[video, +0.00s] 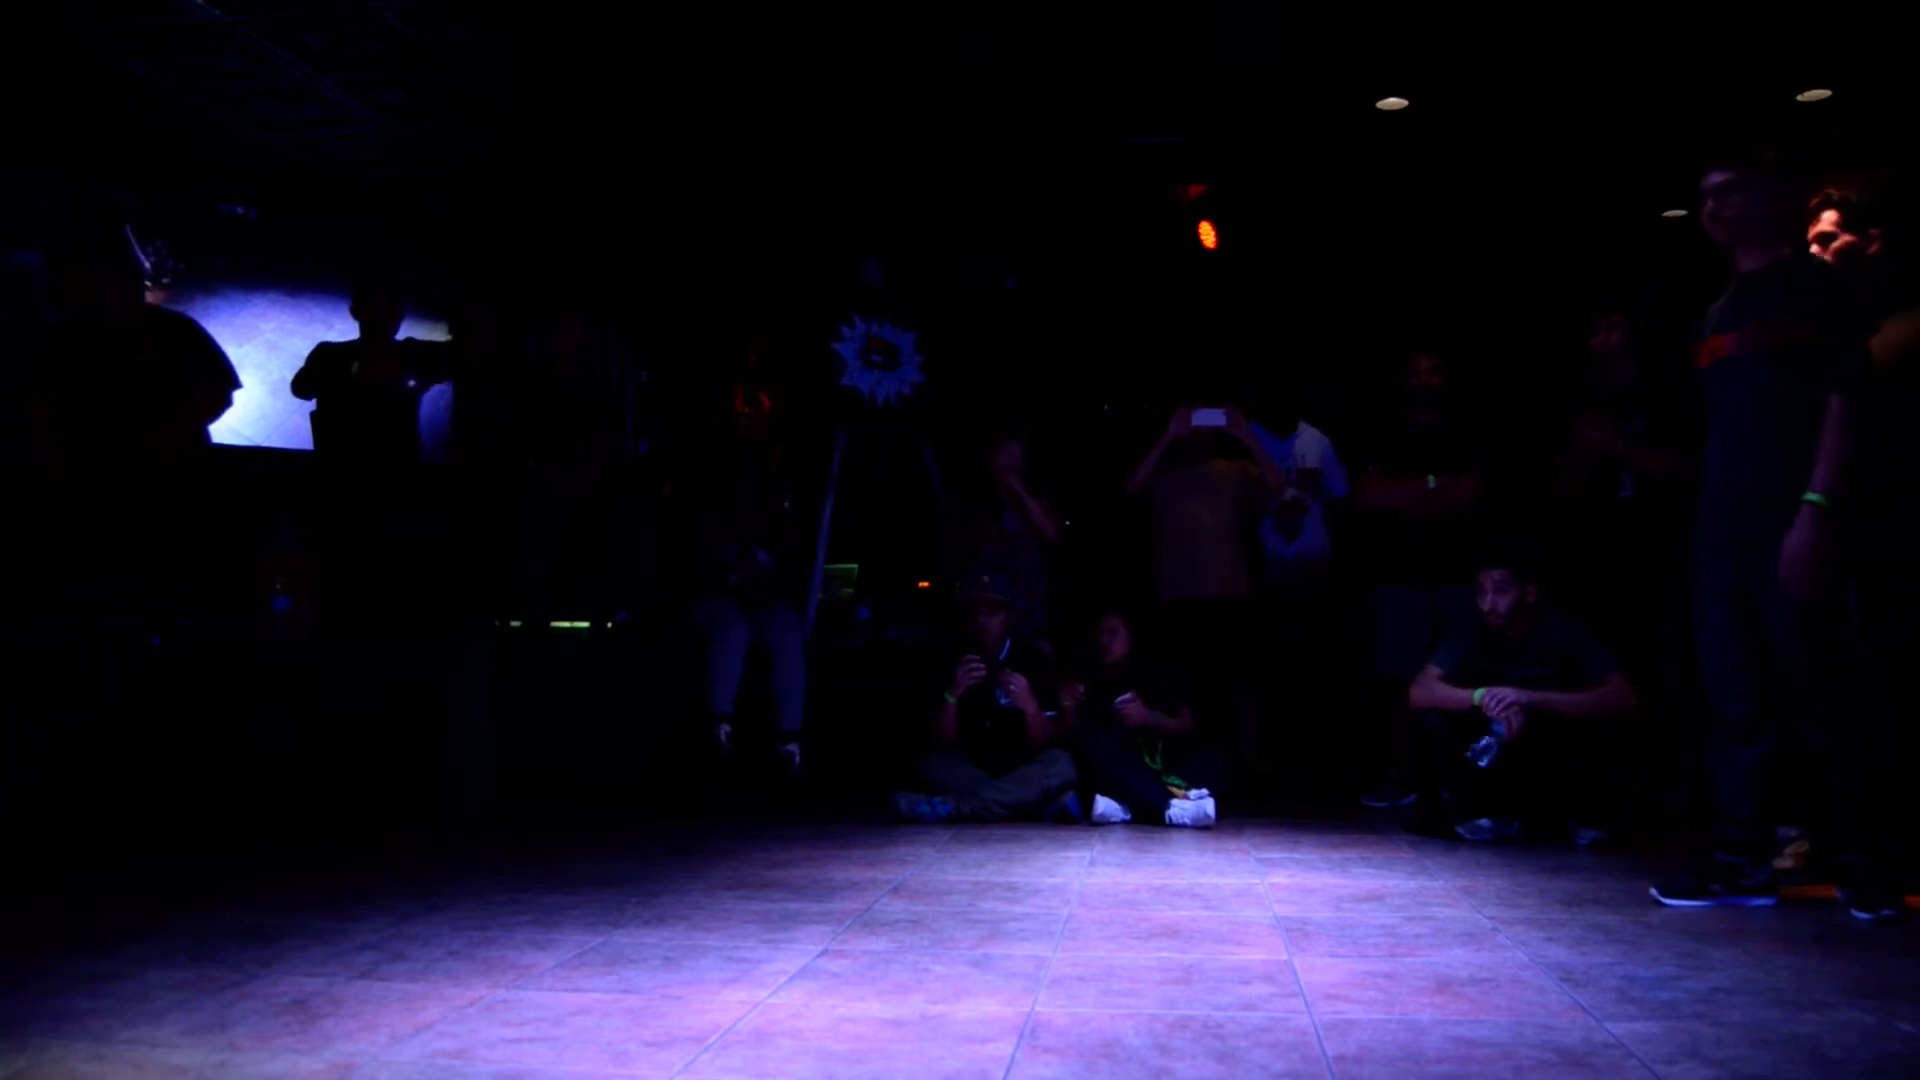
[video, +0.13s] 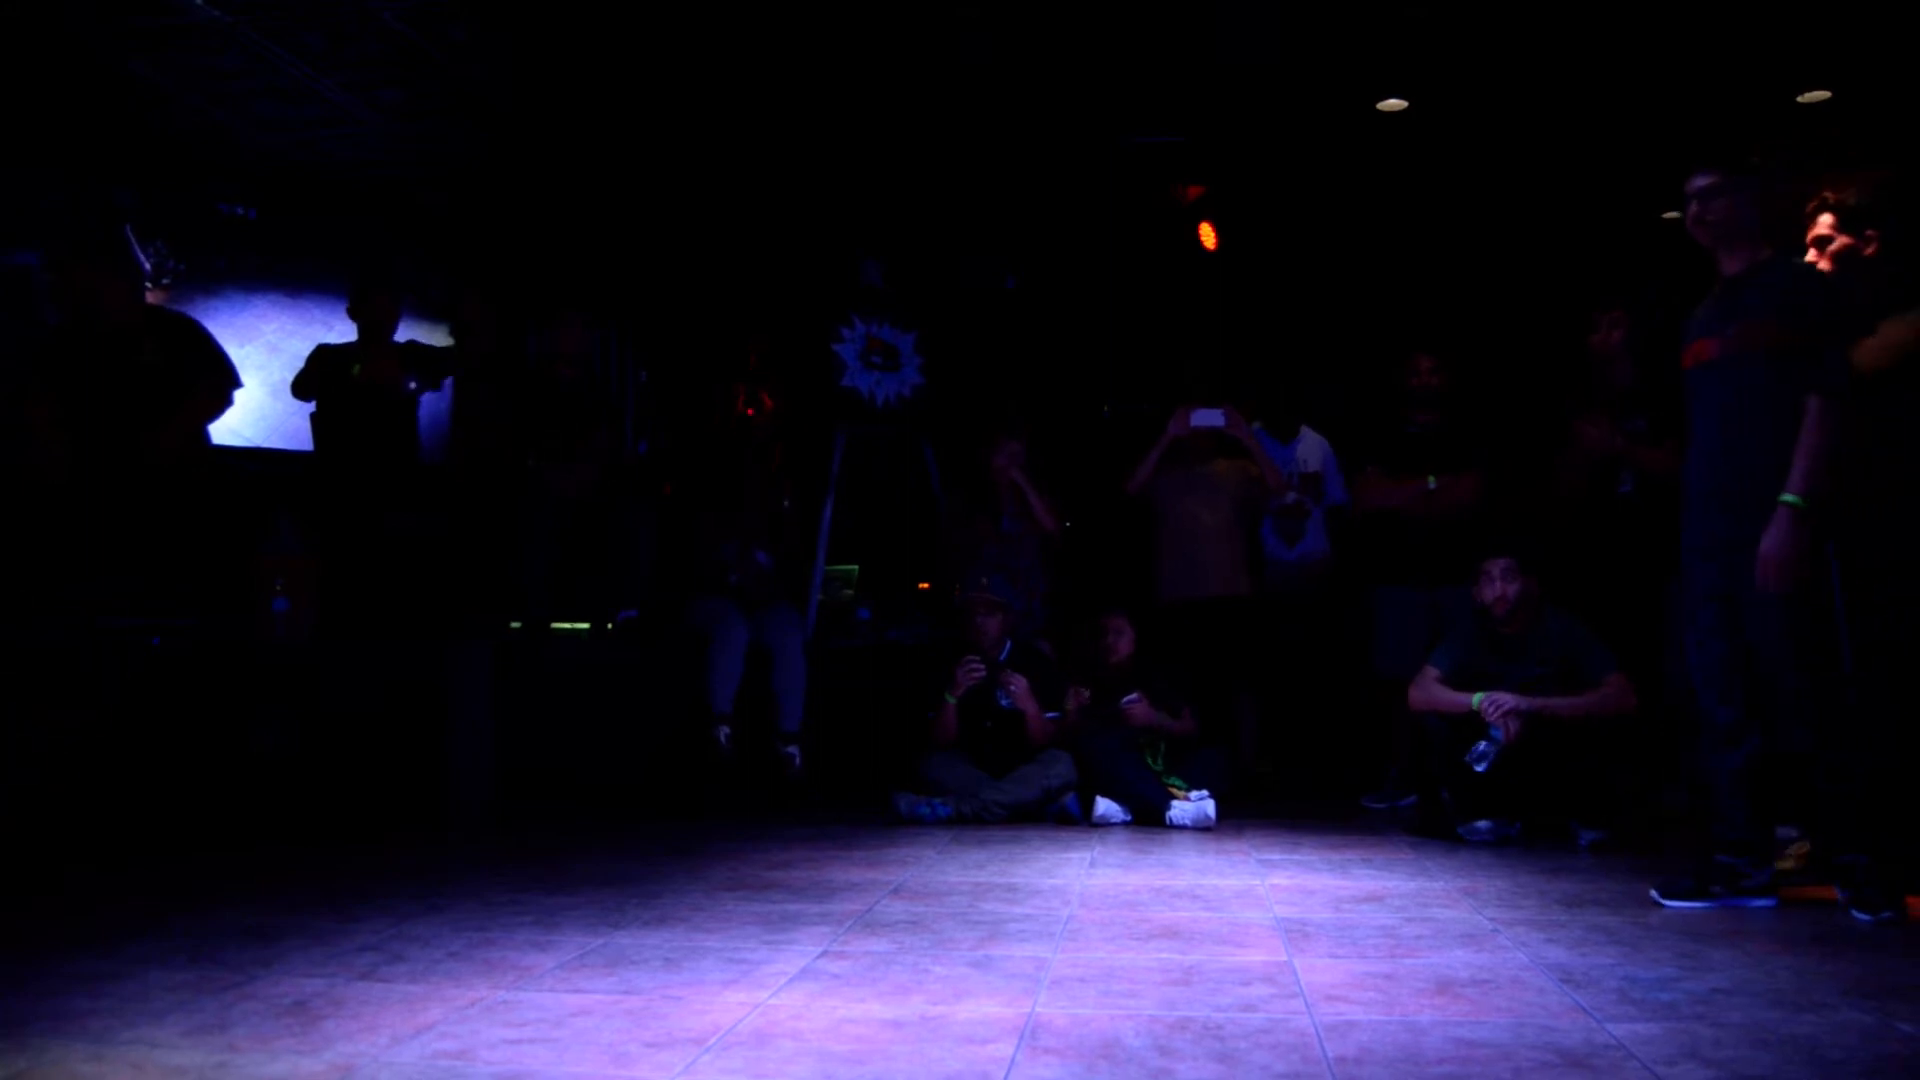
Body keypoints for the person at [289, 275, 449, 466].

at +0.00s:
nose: (382, 319)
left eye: (390, 309)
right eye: (373, 308)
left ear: (400, 313)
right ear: (355, 311)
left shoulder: (411, 354)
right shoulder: (329, 355)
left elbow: (459, 354)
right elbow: (300, 389)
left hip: (399, 458)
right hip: (341, 458)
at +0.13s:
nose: (381, 319)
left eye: (388, 310)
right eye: (372, 309)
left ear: (398, 313)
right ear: (353, 313)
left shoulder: (409, 356)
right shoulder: (328, 357)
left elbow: (459, 358)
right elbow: (300, 391)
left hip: (398, 459)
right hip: (341, 460)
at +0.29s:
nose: (385, 323)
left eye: (391, 313)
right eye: (376, 312)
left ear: (401, 317)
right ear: (355, 317)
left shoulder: (413, 360)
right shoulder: (331, 360)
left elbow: (460, 370)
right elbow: (303, 393)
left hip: (400, 464)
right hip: (342, 465)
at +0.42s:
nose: (388, 327)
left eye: (395, 318)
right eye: (380, 317)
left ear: (405, 321)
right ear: (361, 321)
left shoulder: (417, 362)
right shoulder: (335, 360)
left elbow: (461, 371)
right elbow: (305, 389)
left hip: (405, 463)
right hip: (346, 463)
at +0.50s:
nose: (387, 327)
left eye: (394, 318)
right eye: (378, 317)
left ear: (404, 321)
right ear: (360, 320)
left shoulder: (417, 362)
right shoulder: (335, 358)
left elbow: (463, 364)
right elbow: (303, 387)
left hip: (405, 463)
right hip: (345, 463)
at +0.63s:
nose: (389, 324)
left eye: (396, 313)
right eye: (382, 313)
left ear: (407, 317)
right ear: (364, 318)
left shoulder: (422, 360)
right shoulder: (340, 356)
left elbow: (466, 353)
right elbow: (308, 385)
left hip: (408, 461)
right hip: (349, 462)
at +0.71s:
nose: (395, 324)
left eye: (401, 314)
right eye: (387, 313)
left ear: (412, 316)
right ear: (369, 317)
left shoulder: (427, 357)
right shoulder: (346, 355)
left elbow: (466, 345)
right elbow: (314, 384)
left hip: (412, 457)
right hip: (356, 458)